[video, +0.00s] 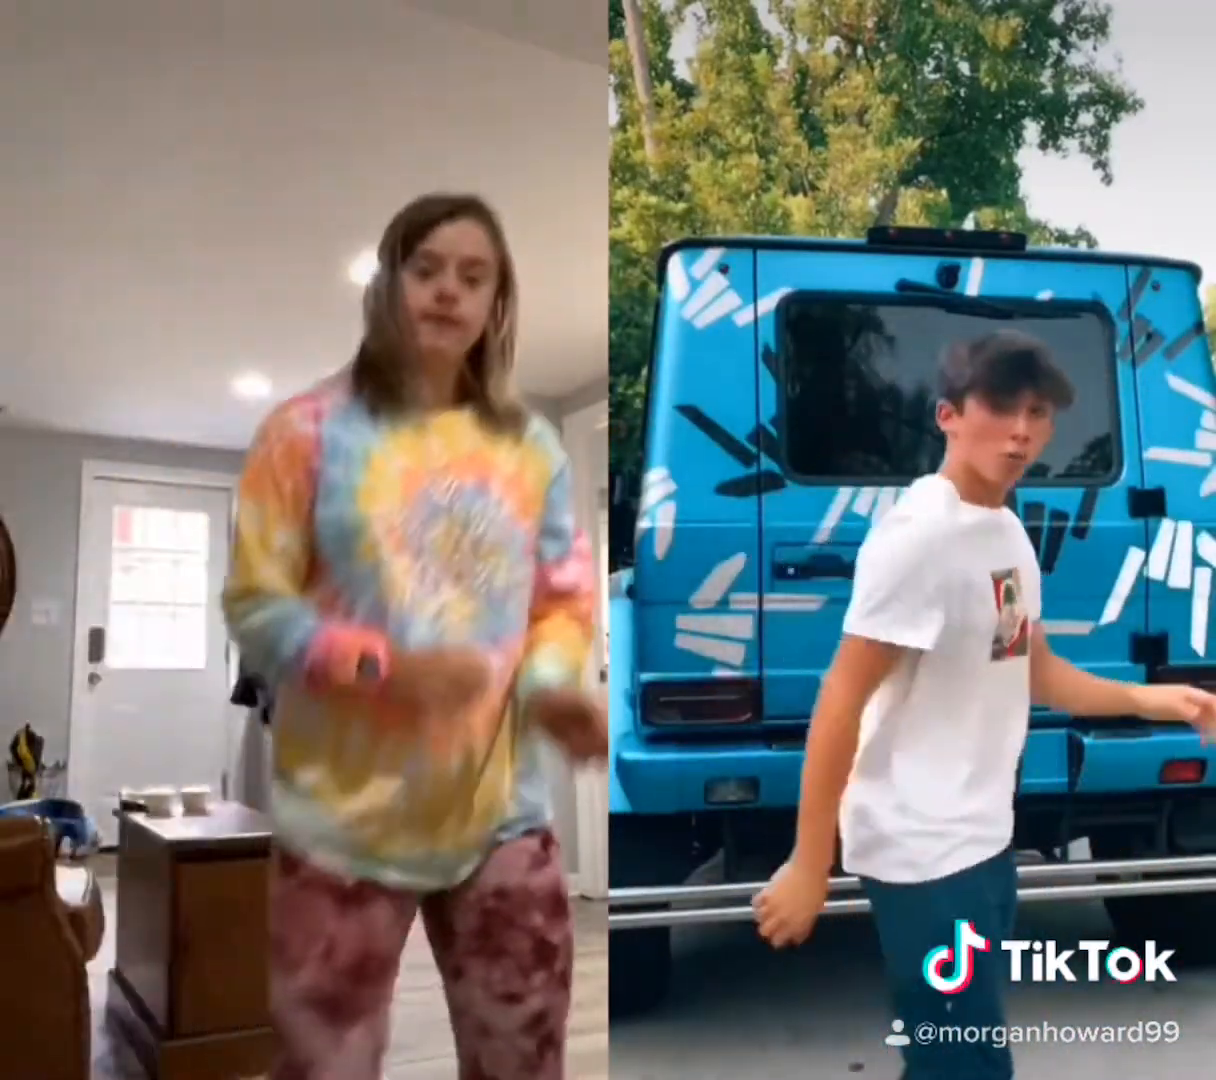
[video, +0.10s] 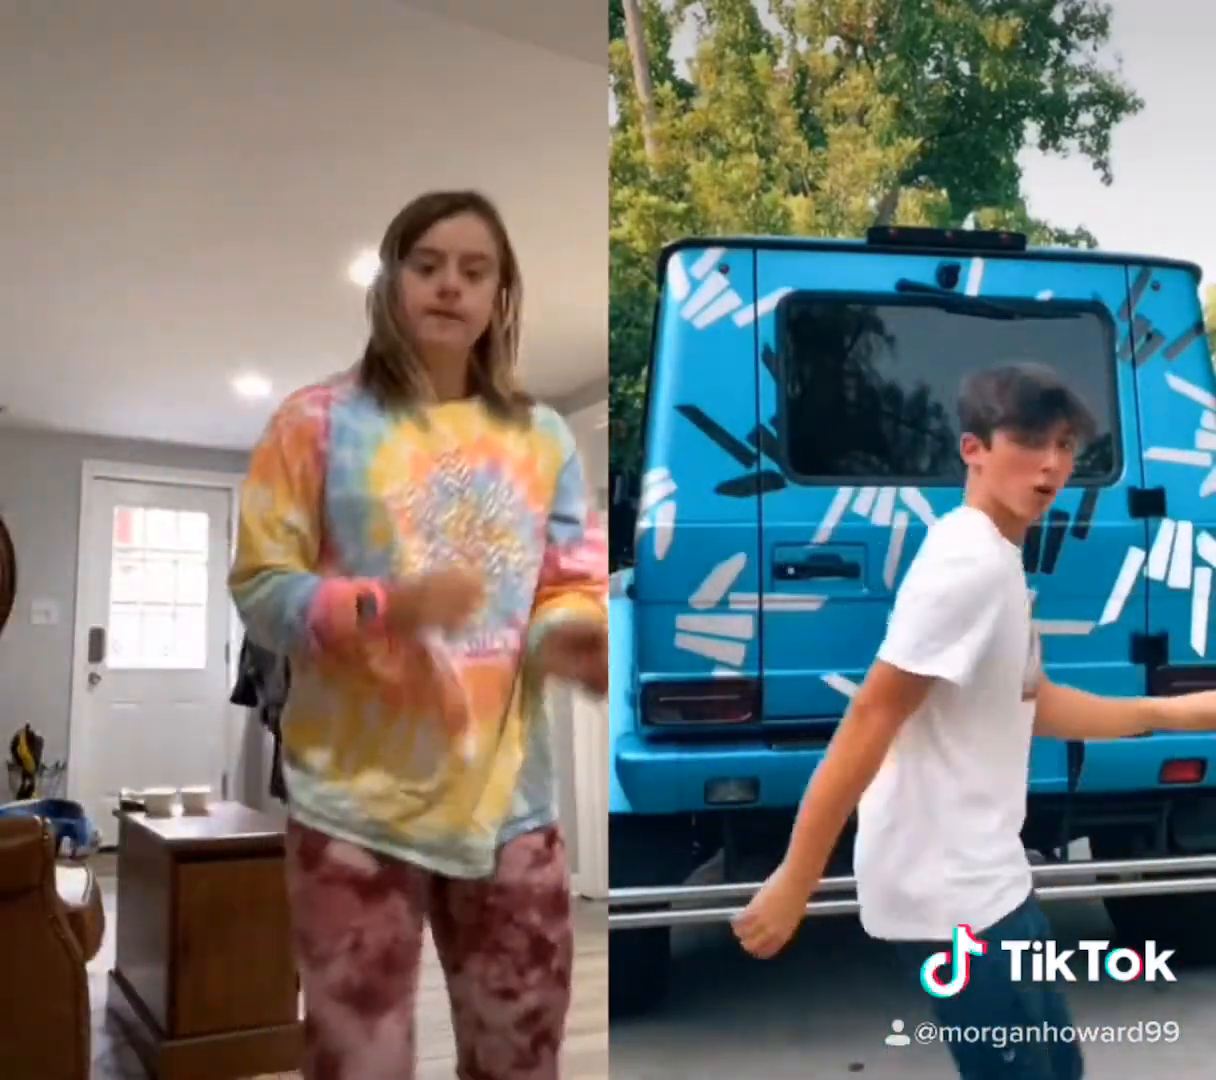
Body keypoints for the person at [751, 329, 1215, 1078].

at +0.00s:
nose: (1024, 432)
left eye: (1037, 415)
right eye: (1002, 408)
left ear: (1050, 429)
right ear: (949, 418)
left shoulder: (1005, 527)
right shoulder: (916, 535)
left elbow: (1034, 669)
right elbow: (841, 697)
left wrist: (1144, 699)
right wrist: (809, 864)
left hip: (984, 846)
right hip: (924, 861)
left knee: (946, 1059)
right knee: (970, 1063)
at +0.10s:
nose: (1053, 464)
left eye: (1064, 446)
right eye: (1032, 442)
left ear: (1074, 460)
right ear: (974, 453)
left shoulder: (997, 558)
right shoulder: (968, 558)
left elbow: (1034, 704)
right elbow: (871, 717)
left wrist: (1174, 712)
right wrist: (794, 882)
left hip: (982, 886)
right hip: (952, 897)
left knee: (1054, 1063)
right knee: (1033, 1069)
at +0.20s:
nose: (1090, 471)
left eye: (1100, 454)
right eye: (1069, 449)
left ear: (1109, 463)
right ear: (1008, 457)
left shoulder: (992, 554)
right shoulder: (1018, 567)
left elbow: (1029, 726)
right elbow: (948, 744)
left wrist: (1167, 766)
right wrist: (896, 926)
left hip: (1021, 883)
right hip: (984, 914)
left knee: (1122, 1040)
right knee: (1038, 1067)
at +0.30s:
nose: (1133, 445)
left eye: (1144, 428)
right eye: (1113, 422)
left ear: (1154, 436)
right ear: (1053, 428)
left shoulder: (1025, 524)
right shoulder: (1068, 532)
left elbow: (1026, 726)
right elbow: (1074, 726)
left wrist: (1107, 818)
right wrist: (1116, 902)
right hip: (1016, 873)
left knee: (1163, 1020)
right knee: (1028, 1062)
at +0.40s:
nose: (1185, 432)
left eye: (1196, 414)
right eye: (1164, 410)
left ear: (1208, 419)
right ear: (1105, 414)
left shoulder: (1088, 504)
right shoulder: (1129, 513)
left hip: (1106, 841)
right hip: (1066, 848)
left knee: (1183, 1044)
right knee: (1038, 1059)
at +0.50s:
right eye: (1209, 431)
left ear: (1170, 434)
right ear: (1162, 433)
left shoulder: (1129, 525)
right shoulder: (1184, 531)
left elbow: (1061, 697)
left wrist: (1072, 849)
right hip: (1138, 869)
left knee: (1202, 1054)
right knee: (1117, 1067)